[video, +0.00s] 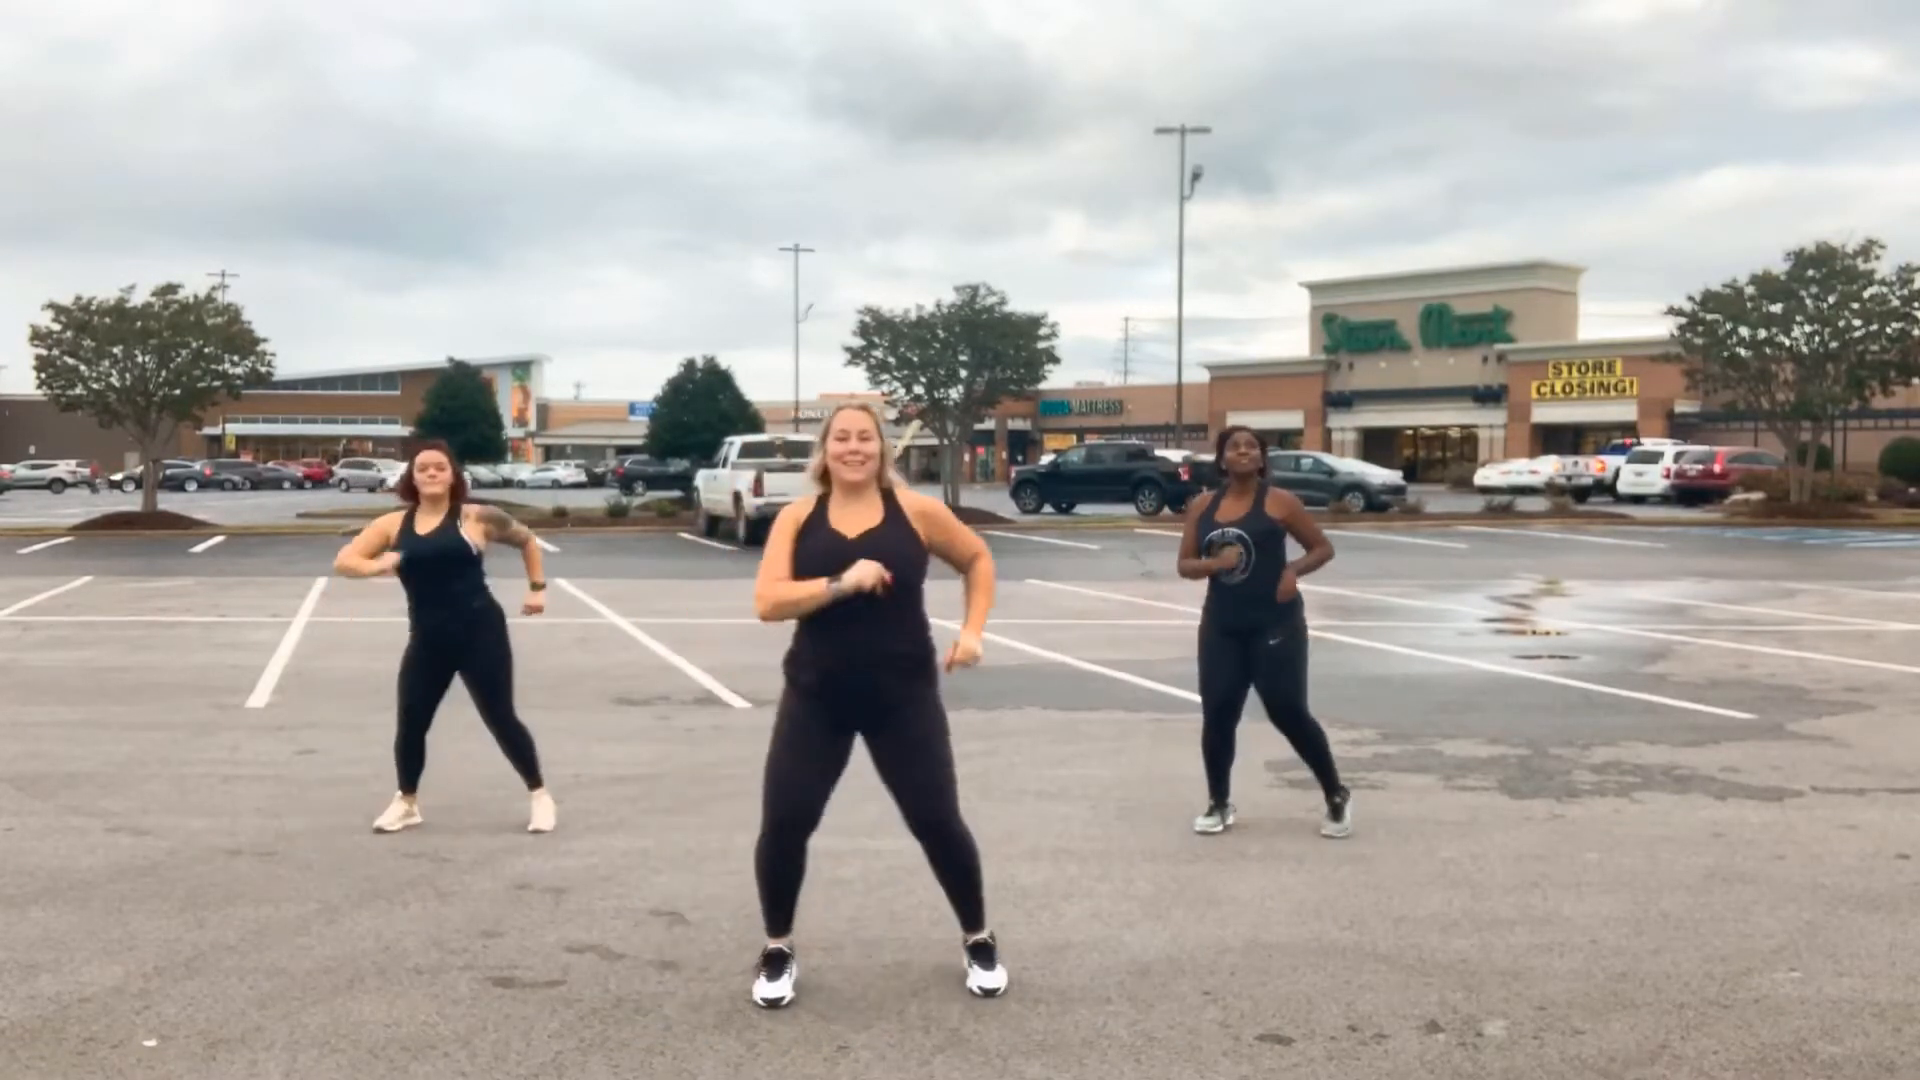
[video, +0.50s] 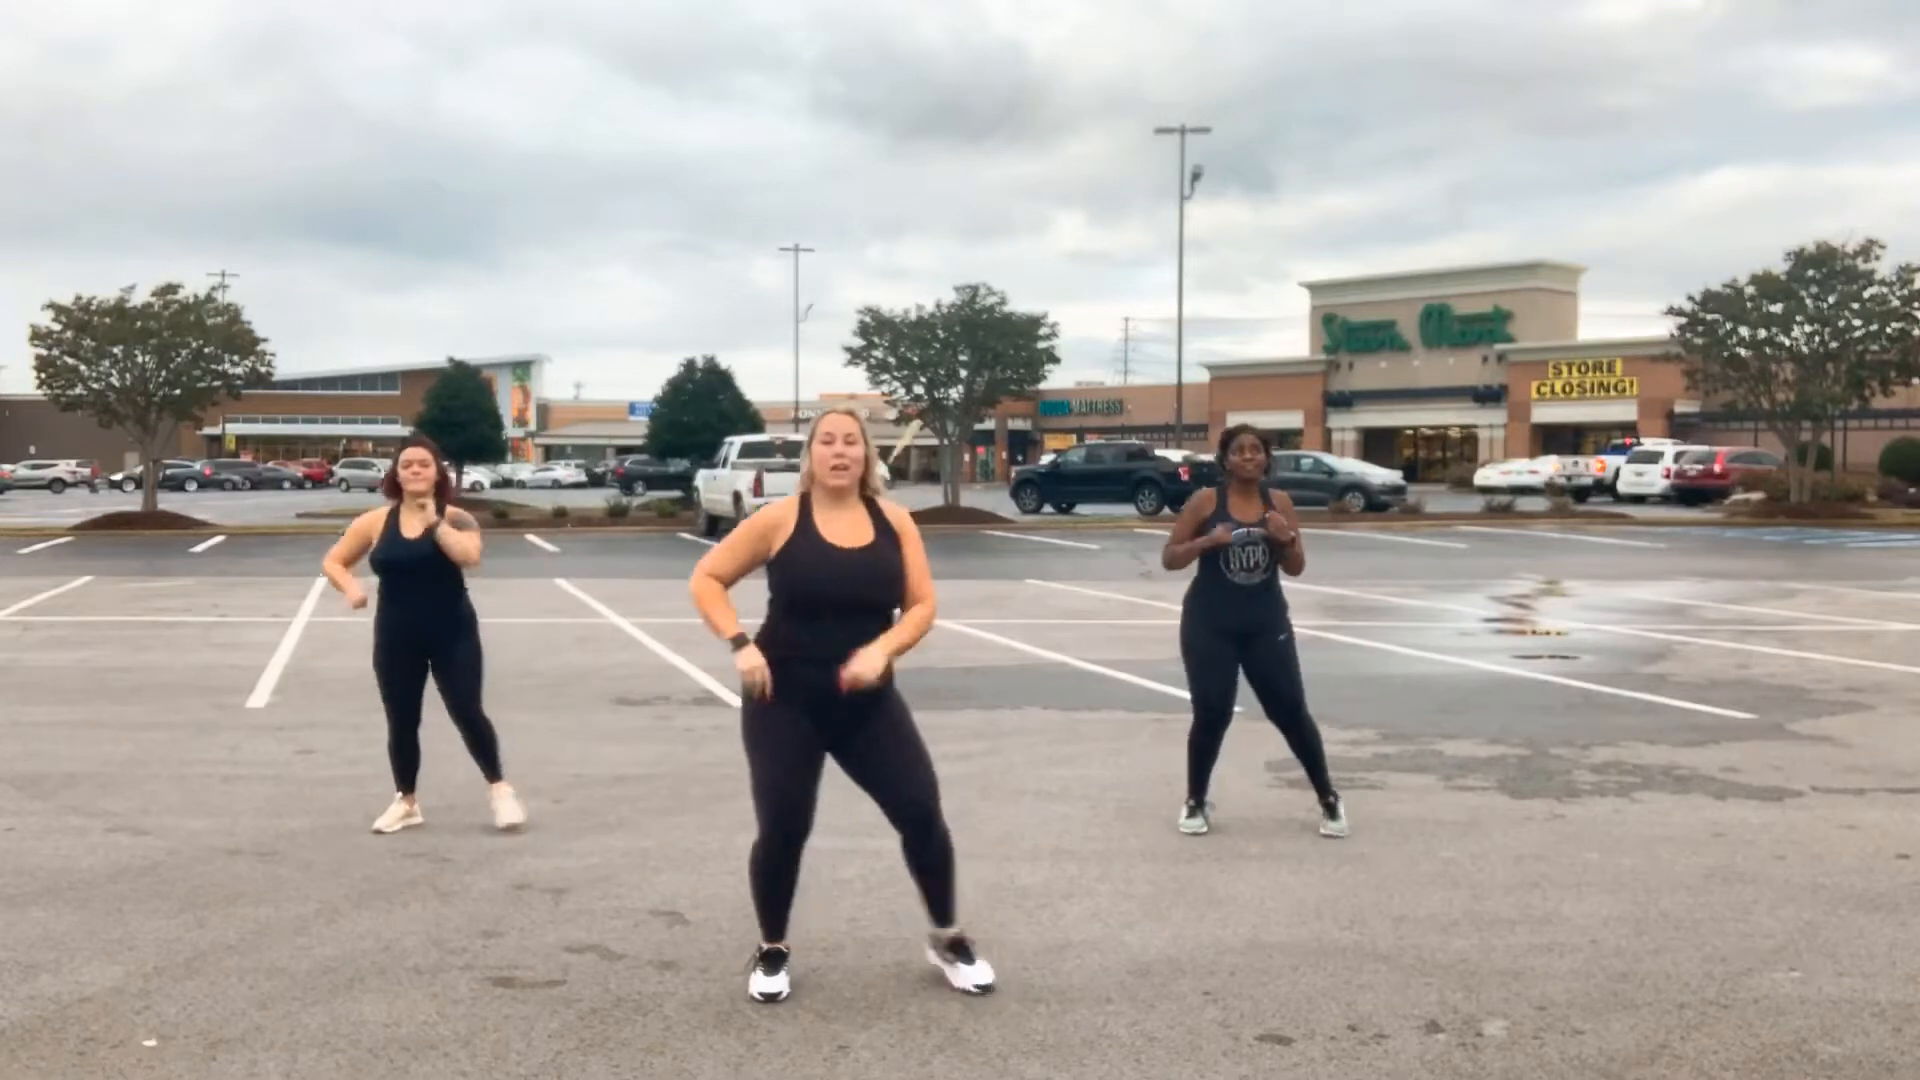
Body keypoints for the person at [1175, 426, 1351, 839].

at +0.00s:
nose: (1243, 454)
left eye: (1250, 447)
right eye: (1235, 448)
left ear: (1262, 457)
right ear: (1222, 459)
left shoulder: (1280, 502)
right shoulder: (1203, 505)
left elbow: (1322, 548)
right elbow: (1184, 565)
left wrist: (1292, 570)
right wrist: (1214, 564)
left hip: (1276, 626)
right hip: (1221, 628)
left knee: (1287, 713)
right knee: (1217, 716)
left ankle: (1336, 797)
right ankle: (1218, 804)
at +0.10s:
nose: (1251, 453)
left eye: (1258, 447)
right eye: (1243, 448)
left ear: (1271, 457)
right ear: (1229, 458)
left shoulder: (1289, 503)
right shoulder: (1213, 507)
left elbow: (1335, 549)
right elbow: (1195, 565)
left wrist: (1303, 563)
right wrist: (1219, 568)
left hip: (1287, 627)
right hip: (1231, 629)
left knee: (1302, 714)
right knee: (1220, 715)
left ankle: (1340, 800)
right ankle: (1219, 804)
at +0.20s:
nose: (1257, 453)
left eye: (1264, 447)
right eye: (1249, 448)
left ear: (1276, 456)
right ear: (1236, 458)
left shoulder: (1297, 501)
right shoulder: (1218, 507)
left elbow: (1337, 552)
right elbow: (1202, 562)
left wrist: (1302, 556)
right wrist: (1219, 572)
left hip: (1292, 625)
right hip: (1235, 627)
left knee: (1306, 713)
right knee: (1218, 712)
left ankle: (1341, 800)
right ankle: (1213, 800)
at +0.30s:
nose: (1259, 453)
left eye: (1265, 447)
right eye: (1250, 448)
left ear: (1278, 455)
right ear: (1238, 459)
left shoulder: (1300, 500)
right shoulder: (1218, 506)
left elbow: (1325, 559)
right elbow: (1199, 558)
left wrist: (1292, 545)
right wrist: (1215, 569)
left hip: (1288, 623)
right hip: (1231, 624)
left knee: (1306, 714)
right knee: (1224, 711)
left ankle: (1339, 801)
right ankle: (1200, 797)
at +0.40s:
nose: (1255, 455)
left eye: (1262, 449)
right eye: (1246, 450)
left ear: (1275, 457)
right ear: (1233, 460)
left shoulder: (1292, 502)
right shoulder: (1213, 505)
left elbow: (1309, 565)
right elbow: (1184, 558)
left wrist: (1287, 537)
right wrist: (1209, 560)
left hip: (1278, 626)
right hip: (1222, 627)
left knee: (1301, 715)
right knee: (1219, 715)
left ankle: (1336, 802)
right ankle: (1196, 802)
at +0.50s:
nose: (1248, 458)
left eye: (1255, 451)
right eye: (1239, 451)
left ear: (1266, 458)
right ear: (1225, 459)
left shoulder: (1279, 501)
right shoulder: (1206, 501)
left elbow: (1295, 567)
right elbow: (1170, 558)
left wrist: (1285, 539)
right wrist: (1210, 540)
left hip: (1265, 623)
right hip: (1210, 624)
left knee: (1291, 713)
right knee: (1212, 715)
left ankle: (1329, 801)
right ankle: (1195, 803)